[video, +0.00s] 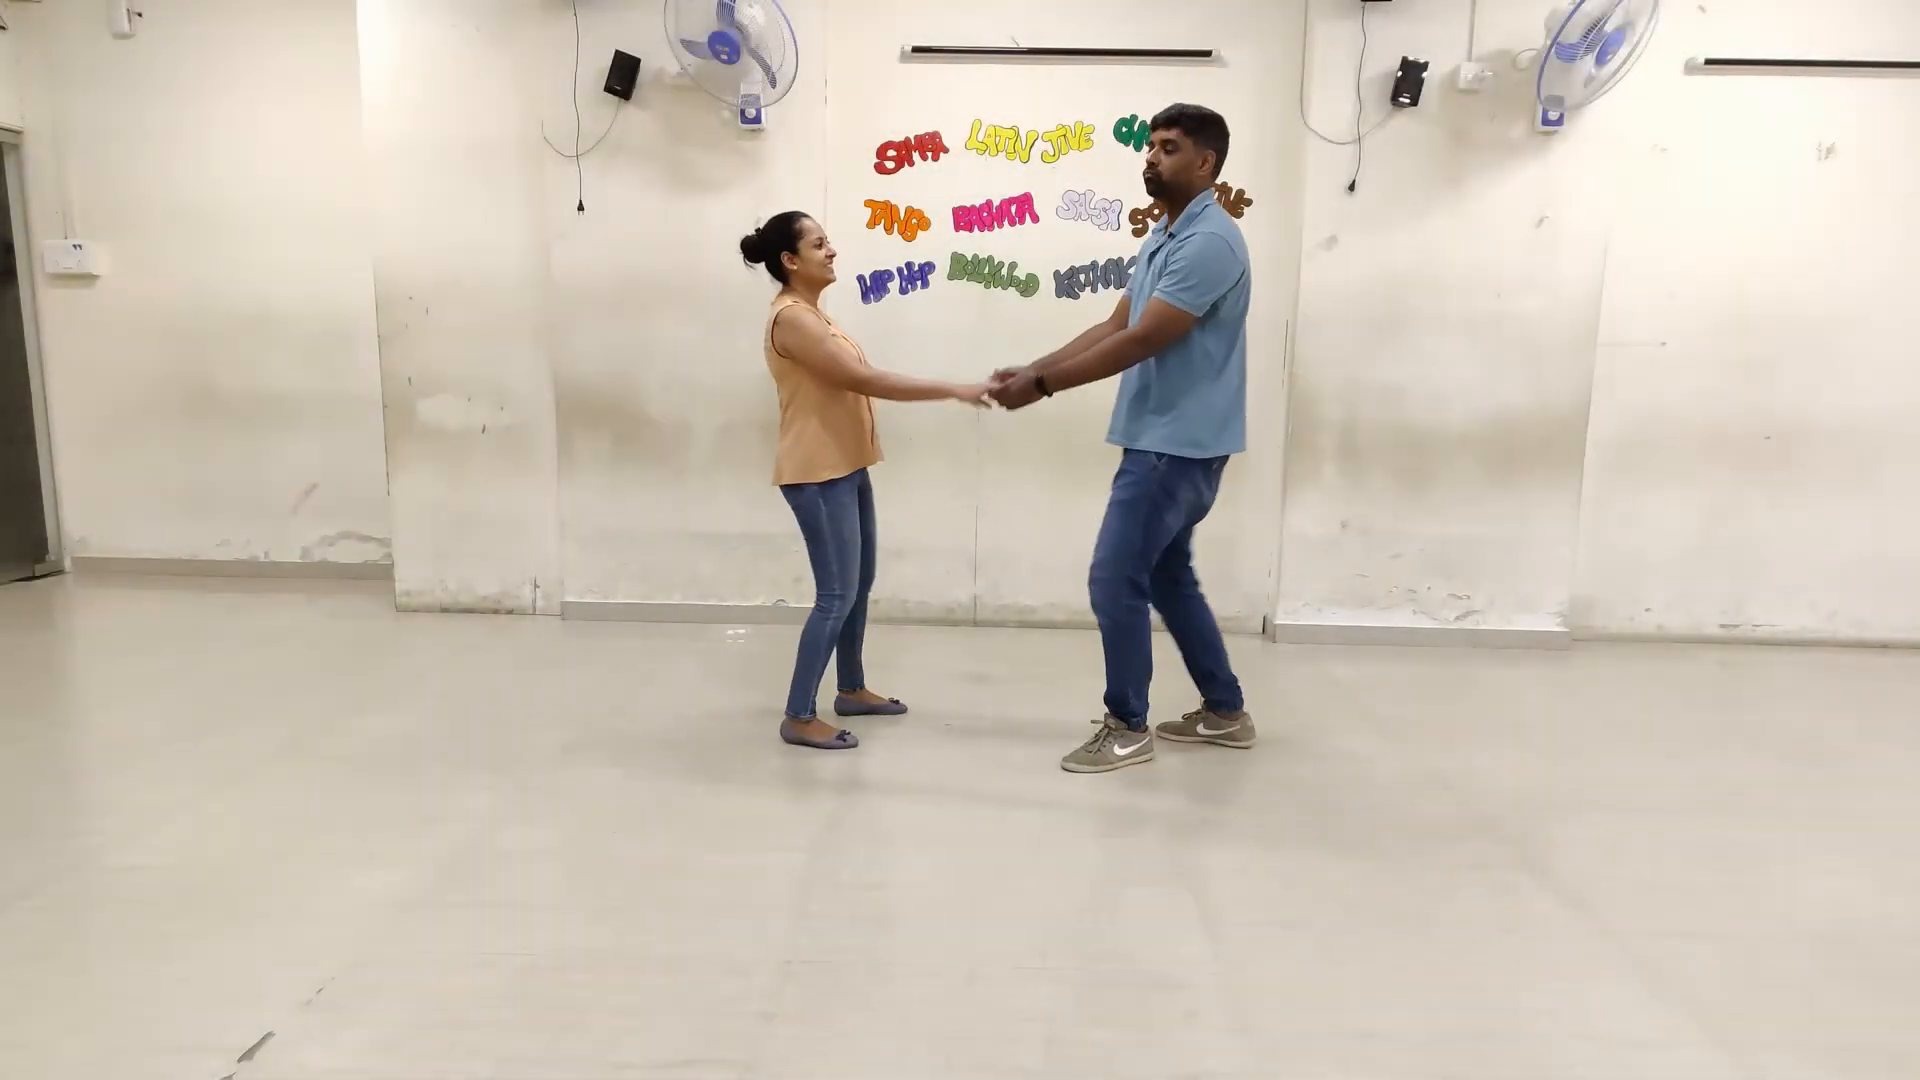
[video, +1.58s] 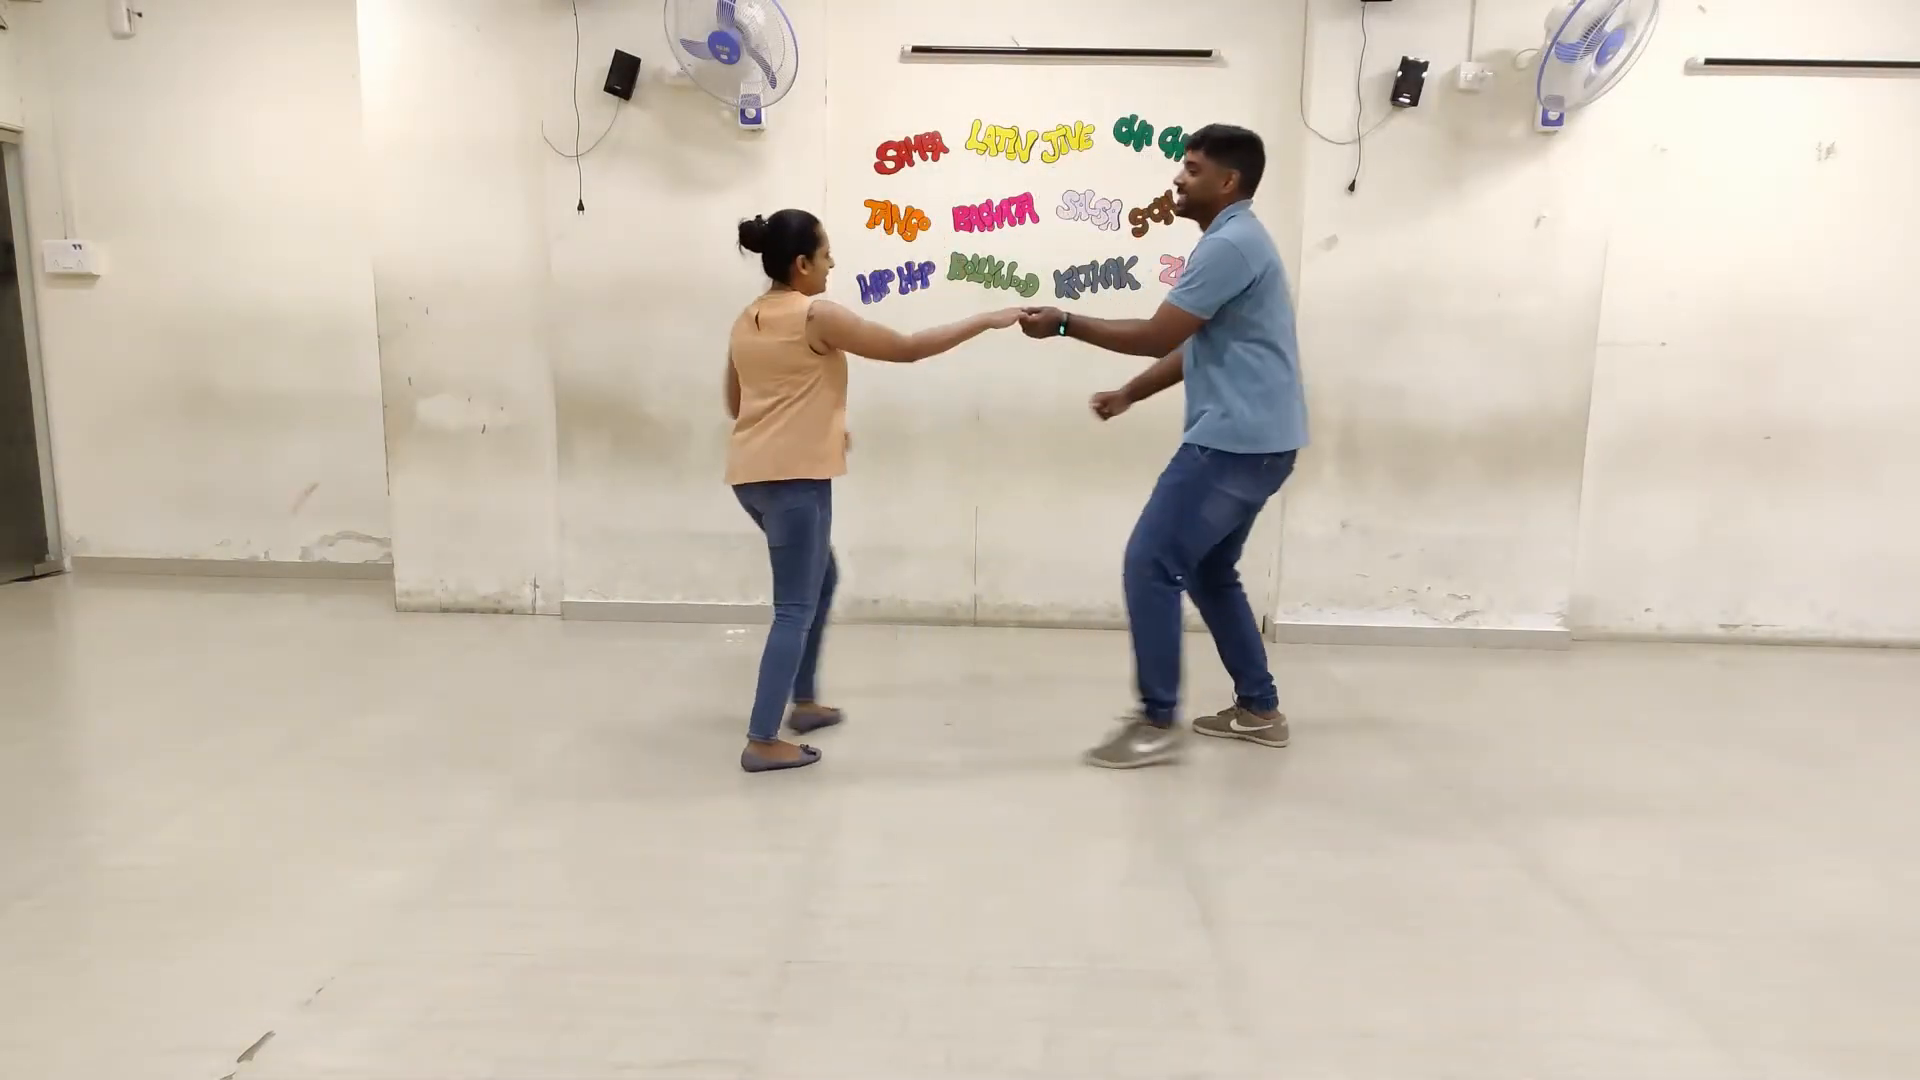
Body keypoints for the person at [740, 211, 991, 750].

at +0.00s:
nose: (831, 251)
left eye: (827, 242)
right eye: (818, 246)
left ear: (805, 258)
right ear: (790, 261)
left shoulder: (813, 312)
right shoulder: (792, 319)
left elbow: (857, 382)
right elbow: (864, 379)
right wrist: (956, 390)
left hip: (847, 470)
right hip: (817, 475)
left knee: (858, 585)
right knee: (836, 594)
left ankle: (852, 691)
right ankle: (798, 717)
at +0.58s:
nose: (900, 267)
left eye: (896, 258)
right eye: (889, 259)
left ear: (865, 272)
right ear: (860, 271)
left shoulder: (871, 332)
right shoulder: (853, 334)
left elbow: (903, 418)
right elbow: (889, 422)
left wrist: (981, 420)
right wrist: (977, 429)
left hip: (882, 493)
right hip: (849, 496)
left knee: (933, 584)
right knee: (863, 614)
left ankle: (923, 706)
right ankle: (799, 719)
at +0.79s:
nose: (947, 246)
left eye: (943, 238)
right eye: (936, 238)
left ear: (911, 250)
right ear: (907, 249)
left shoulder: (919, 311)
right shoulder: (900, 314)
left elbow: (926, 398)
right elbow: (917, 404)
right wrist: (993, 380)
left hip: (930, 469)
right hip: (900, 473)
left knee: (951, 587)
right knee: (931, 594)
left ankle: (925, 702)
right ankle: (842, 685)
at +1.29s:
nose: (903, 266)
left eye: (900, 256)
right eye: (895, 257)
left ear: (863, 264)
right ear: (868, 263)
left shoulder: (851, 319)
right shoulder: (857, 322)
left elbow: (898, 393)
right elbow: (913, 397)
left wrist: (950, 374)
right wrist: (999, 376)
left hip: (871, 484)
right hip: (853, 486)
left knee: (907, 588)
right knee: (862, 613)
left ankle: (924, 707)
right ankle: (779, 721)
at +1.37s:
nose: (872, 271)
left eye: (869, 261)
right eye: (865, 262)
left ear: (830, 269)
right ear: (838, 268)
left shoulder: (808, 323)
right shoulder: (832, 329)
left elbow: (873, 396)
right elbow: (898, 403)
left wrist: (927, 395)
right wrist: (984, 400)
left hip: (826, 487)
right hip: (822, 490)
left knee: (877, 589)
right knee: (829, 618)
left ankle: (915, 705)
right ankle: (765, 738)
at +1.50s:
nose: (845, 270)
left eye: (843, 261)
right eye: (839, 262)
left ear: (802, 267)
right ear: (812, 268)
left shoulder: (772, 323)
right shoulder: (821, 326)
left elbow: (800, 398)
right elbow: (904, 374)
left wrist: (862, 416)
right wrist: (984, 353)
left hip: (780, 480)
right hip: (803, 486)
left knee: (852, 580)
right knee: (811, 614)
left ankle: (868, 706)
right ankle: (763, 741)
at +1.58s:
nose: (830, 265)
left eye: (828, 254)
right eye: (824, 256)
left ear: (779, 263)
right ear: (800, 262)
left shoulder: (747, 320)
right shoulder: (818, 315)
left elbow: (736, 405)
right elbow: (905, 348)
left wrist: (816, 424)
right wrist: (986, 319)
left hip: (751, 474)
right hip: (797, 475)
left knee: (823, 576)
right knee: (794, 608)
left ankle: (803, 702)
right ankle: (763, 739)